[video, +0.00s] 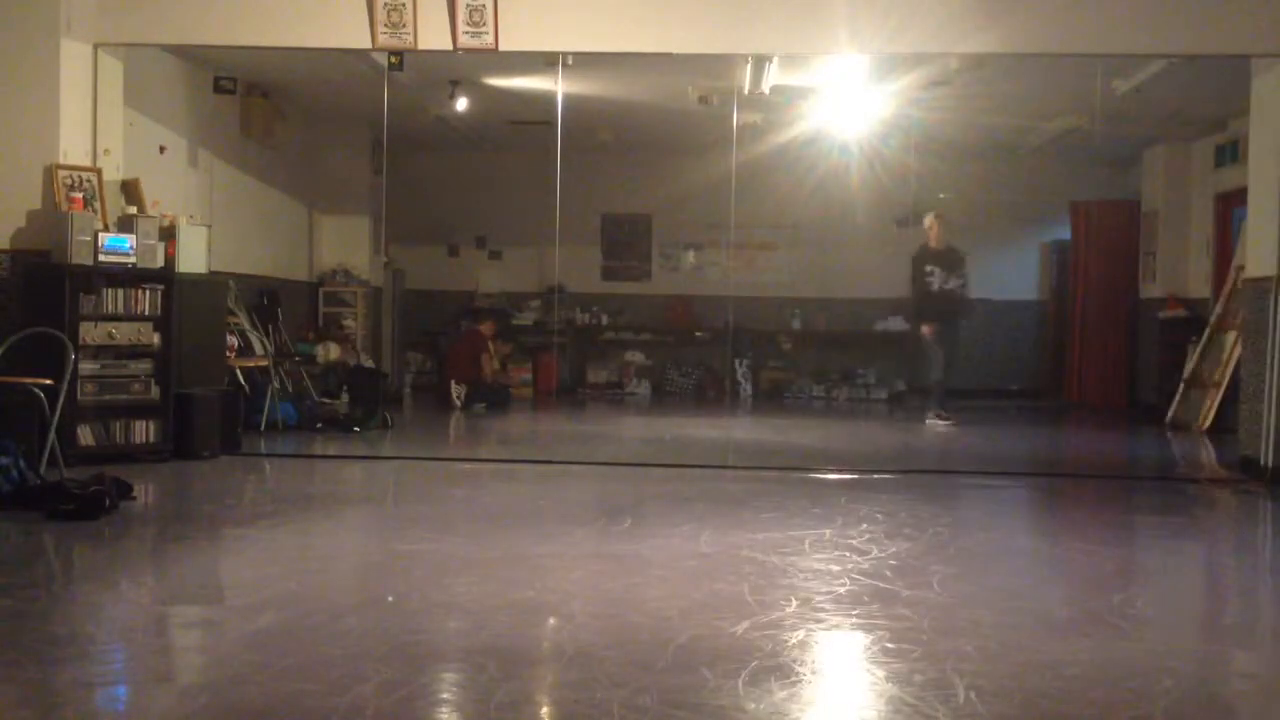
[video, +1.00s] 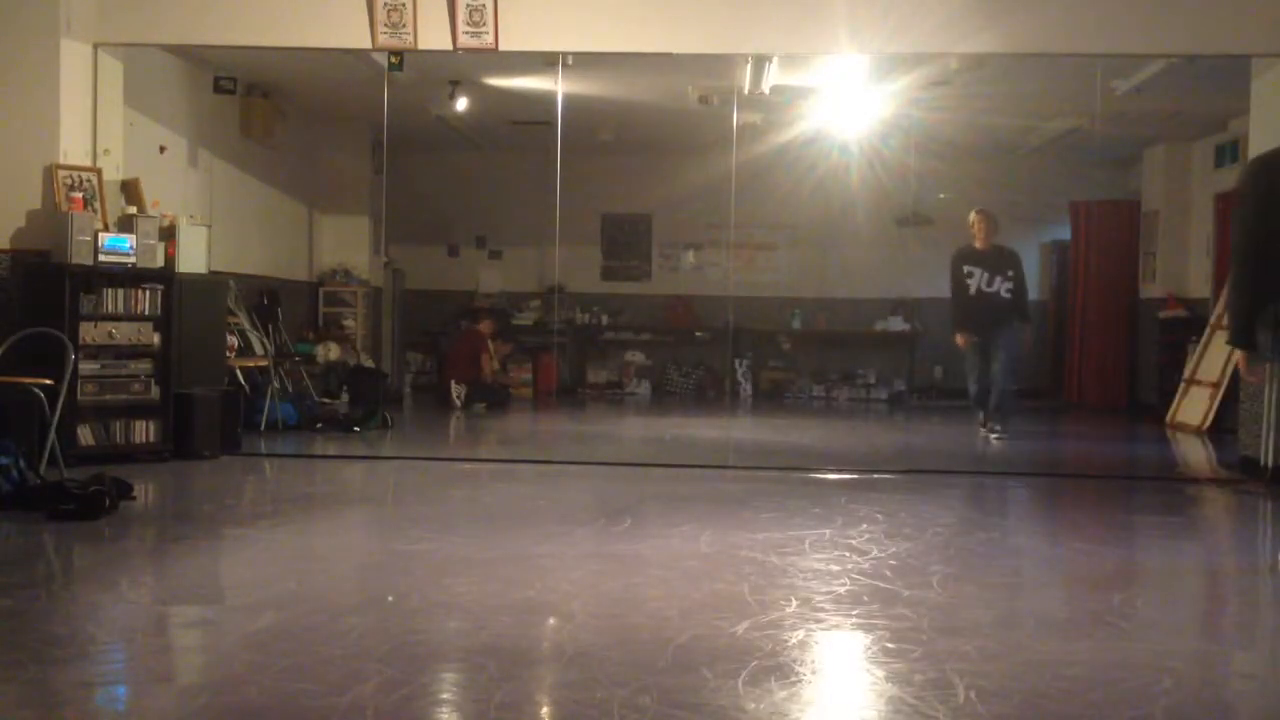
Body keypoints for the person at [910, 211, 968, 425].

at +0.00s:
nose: (936, 233)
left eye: (939, 227)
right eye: (932, 228)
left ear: (945, 228)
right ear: (926, 231)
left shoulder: (956, 255)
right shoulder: (921, 256)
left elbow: (962, 287)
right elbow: (918, 291)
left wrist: (964, 311)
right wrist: (923, 319)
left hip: (952, 314)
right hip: (930, 315)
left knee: (948, 362)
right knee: (938, 362)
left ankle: (940, 408)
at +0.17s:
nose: (949, 237)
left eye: (952, 231)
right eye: (944, 232)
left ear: (958, 233)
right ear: (938, 235)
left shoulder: (970, 260)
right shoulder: (932, 261)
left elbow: (986, 290)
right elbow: (925, 295)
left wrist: (1001, 314)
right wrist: (927, 325)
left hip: (965, 320)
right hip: (941, 320)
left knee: (949, 366)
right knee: (951, 364)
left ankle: (936, 411)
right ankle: (959, 410)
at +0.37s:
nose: (958, 234)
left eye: (961, 229)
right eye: (953, 230)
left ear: (967, 231)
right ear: (947, 234)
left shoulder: (984, 256)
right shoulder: (943, 261)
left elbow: (1000, 287)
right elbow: (936, 297)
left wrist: (1014, 315)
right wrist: (936, 330)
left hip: (981, 318)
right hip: (955, 320)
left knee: (971, 364)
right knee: (968, 366)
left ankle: (950, 396)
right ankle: (978, 417)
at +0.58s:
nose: (969, 224)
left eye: (971, 219)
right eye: (964, 221)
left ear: (977, 223)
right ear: (956, 226)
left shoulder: (995, 250)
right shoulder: (950, 255)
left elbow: (1004, 287)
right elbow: (947, 292)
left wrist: (1012, 316)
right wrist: (953, 322)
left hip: (994, 316)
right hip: (966, 318)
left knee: (996, 365)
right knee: (971, 368)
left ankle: (997, 413)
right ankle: (979, 417)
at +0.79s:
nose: (976, 229)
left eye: (979, 224)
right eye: (971, 225)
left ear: (987, 227)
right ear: (964, 229)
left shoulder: (1003, 254)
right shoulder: (956, 258)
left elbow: (1014, 289)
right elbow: (953, 295)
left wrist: (1016, 316)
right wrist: (959, 325)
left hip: (1000, 319)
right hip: (971, 321)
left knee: (1000, 367)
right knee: (973, 371)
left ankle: (1000, 414)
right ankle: (979, 417)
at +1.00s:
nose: (981, 228)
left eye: (985, 224)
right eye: (977, 224)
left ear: (994, 227)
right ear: (970, 228)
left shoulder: (1009, 256)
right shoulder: (961, 257)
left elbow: (1020, 293)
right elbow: (957, 295)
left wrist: (1025, 323)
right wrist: (959, 328)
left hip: (1003, 323)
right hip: (973, 323)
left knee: (1001, 372)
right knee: (976, 374)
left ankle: (997, 421)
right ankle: (981, 412)